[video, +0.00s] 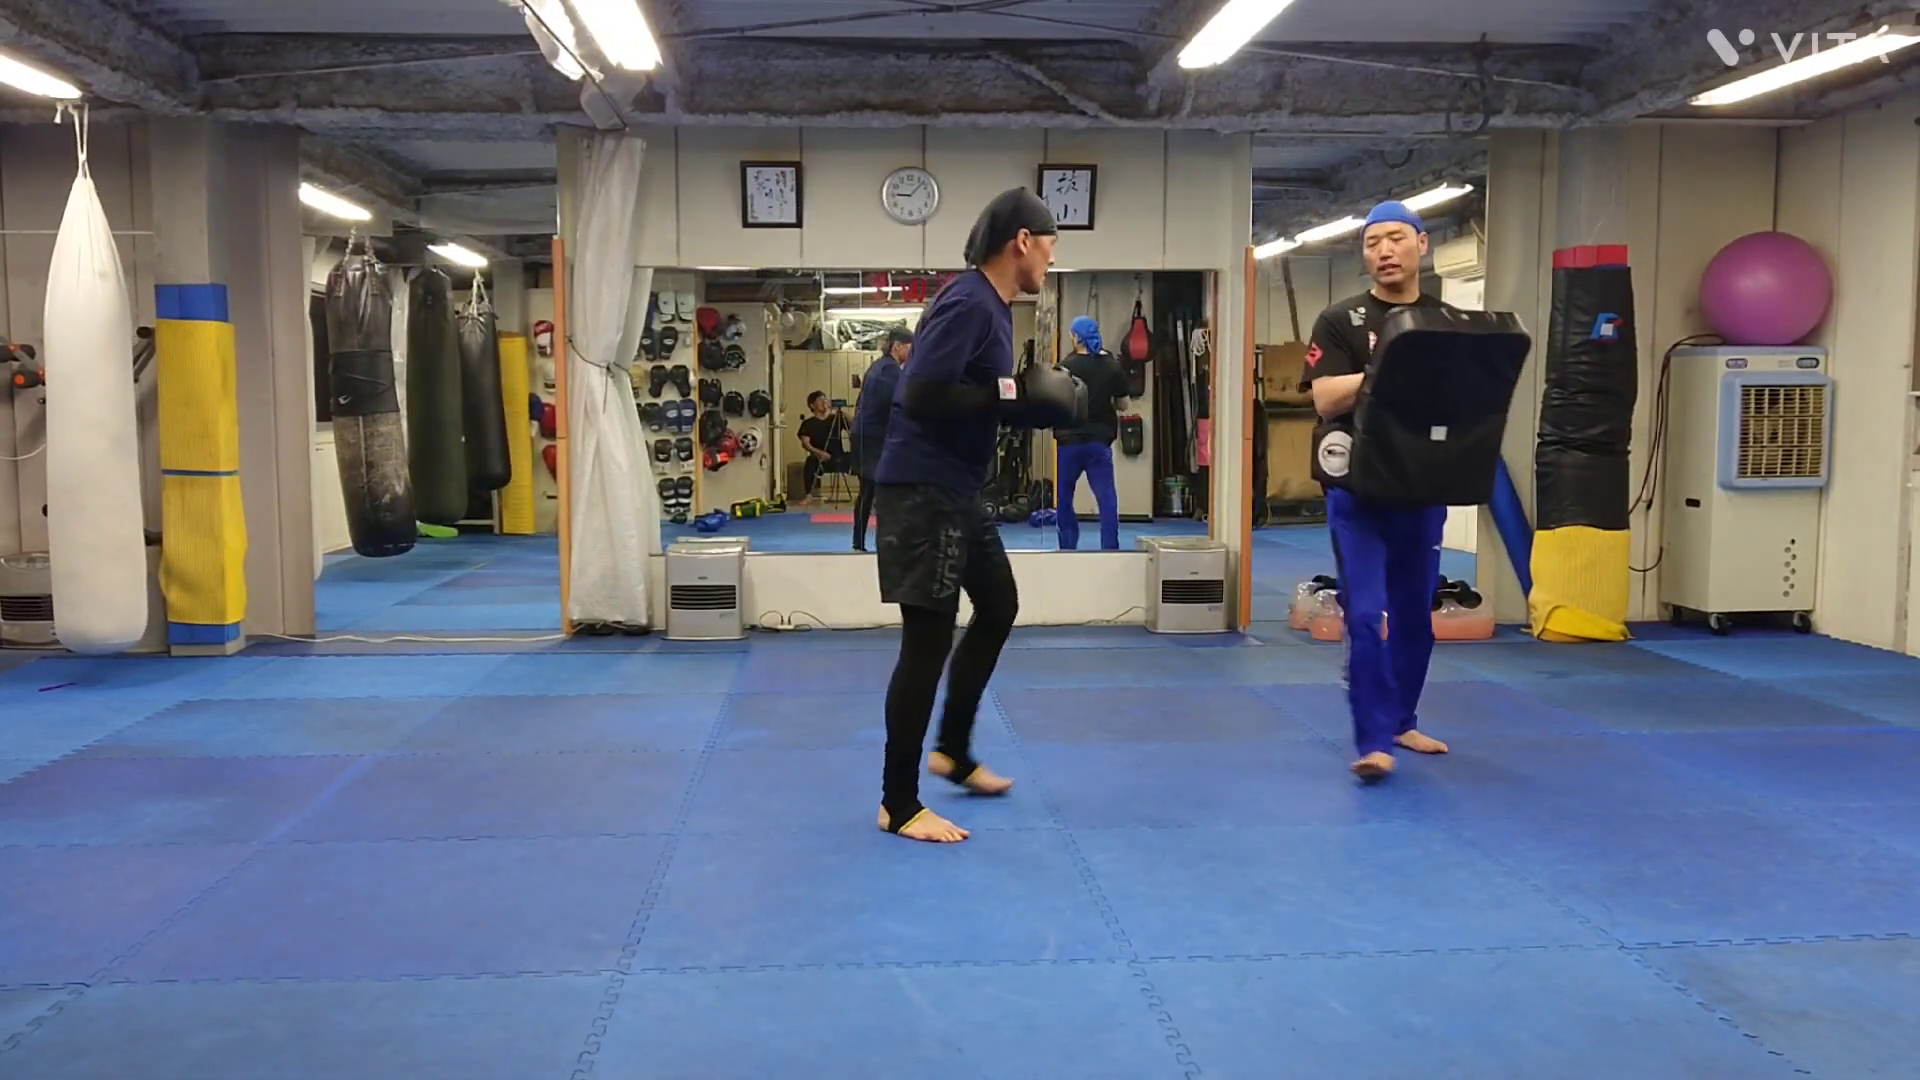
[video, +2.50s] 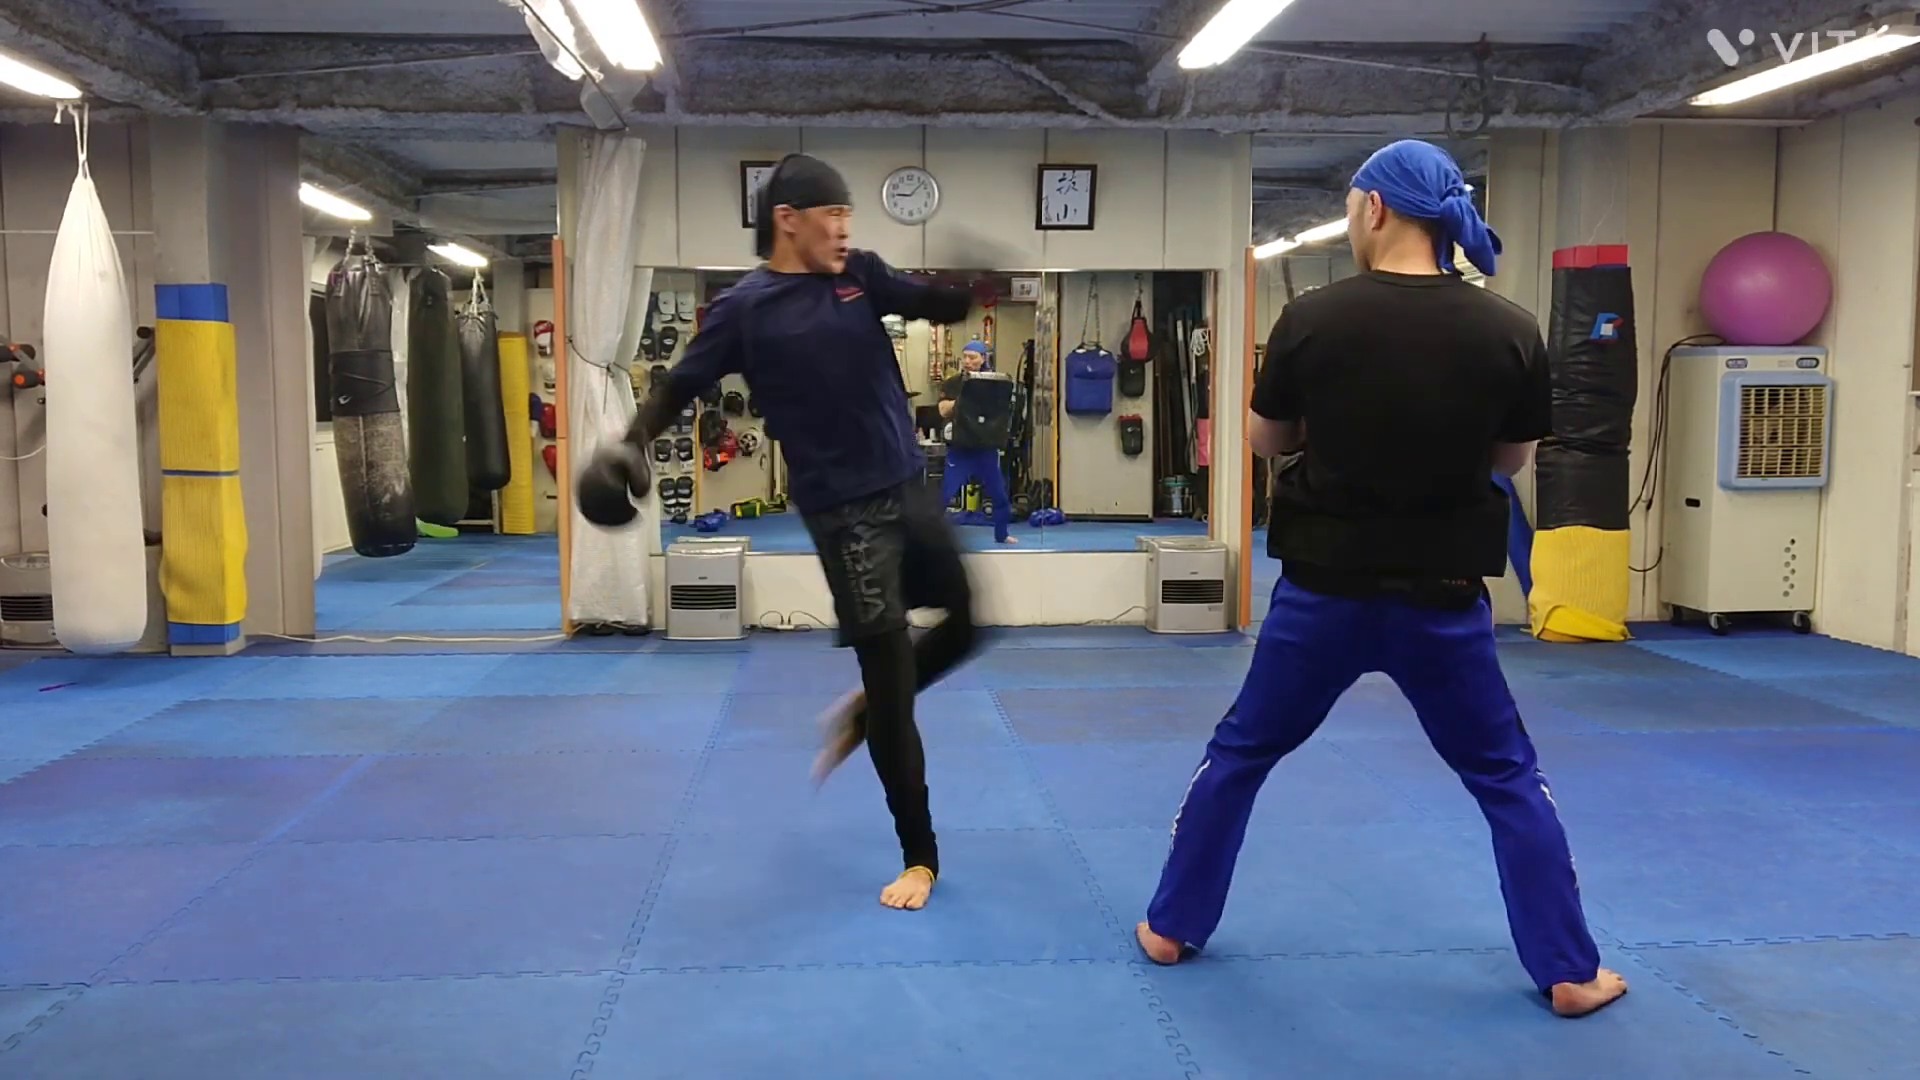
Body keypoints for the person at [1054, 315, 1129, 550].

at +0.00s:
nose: (1070, 339)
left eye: (1072, 336)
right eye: (1071, 335)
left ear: (1076, 338)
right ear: (1095, 336)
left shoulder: (1065, 367)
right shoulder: (1111, 365)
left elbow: (1055, 401)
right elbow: (1123, 404)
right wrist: (1106, 396)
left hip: (1070, 442)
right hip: (1100, 441)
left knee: (1064, 495)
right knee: (1107, 496)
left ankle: (1067, 546)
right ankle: (1110, 548)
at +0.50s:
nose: (1043, 345)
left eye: (1043, 339)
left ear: (1044, 342)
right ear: (1067, 337)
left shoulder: (1039, 367)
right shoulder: (1084, 364)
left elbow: (1031, 402)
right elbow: (1098, 396)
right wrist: (1078, 400)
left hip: (1049, 438)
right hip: (1078, 436)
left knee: (1059, 492)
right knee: (1081, 489)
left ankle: (1069, 543)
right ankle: (1088, 539)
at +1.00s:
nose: (1011, 340)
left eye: (1014, 336)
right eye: (1011, 336)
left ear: (1026, 339)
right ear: (1028, 339)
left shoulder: (1026, 365)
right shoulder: (1043, 363)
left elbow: (1011, 401)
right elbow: (1046, 402)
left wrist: (998, 390)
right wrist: (1013, 395)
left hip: (1024, 438)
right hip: (1043, 436)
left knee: (1014, 488)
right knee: (1045, 486)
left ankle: (1013, 539)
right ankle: (1066, 536)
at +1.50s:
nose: (975, 345)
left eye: (980, 341)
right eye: (975, 341)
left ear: (994, 344)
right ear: (978, 344)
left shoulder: (1008, 372)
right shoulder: (972, 371)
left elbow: (1009, 402)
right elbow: (963, 398)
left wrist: (982, 395)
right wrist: (944, 386)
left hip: (1000, 436)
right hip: (975, 435)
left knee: (1002, 487)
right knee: (971, 484)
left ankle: (1009, 539)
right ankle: (967, 534)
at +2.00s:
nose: (976, 353)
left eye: (982, 348)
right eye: (974, 348)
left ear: (993, 351)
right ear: (971, 351)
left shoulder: (1005, 379)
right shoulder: (964, 377)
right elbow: (954, 407)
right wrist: (985, 406)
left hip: (997, 445)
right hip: (969, 444)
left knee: (1002, 492)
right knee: (951, 486)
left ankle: (1002, 533)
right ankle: (948, 532)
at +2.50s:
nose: (968, 362)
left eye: (973, 357)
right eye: (966, 357)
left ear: (984, 359)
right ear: (962, 358)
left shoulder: (993, 382)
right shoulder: (954, 382)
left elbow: (1002, 412)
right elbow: (943, 410)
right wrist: (966, 400)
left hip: (987, 447)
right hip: (959, 447)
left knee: (999, 495)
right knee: (945, 495)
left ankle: (1001, 535)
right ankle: (929, 536)